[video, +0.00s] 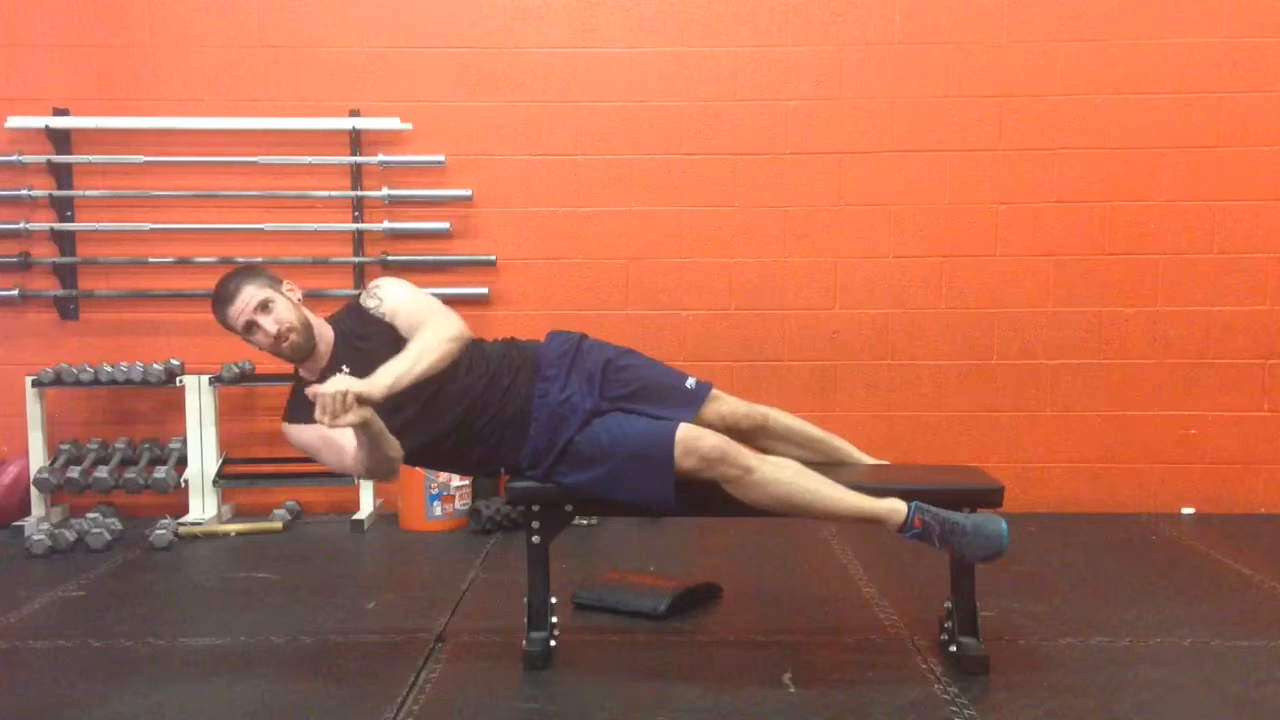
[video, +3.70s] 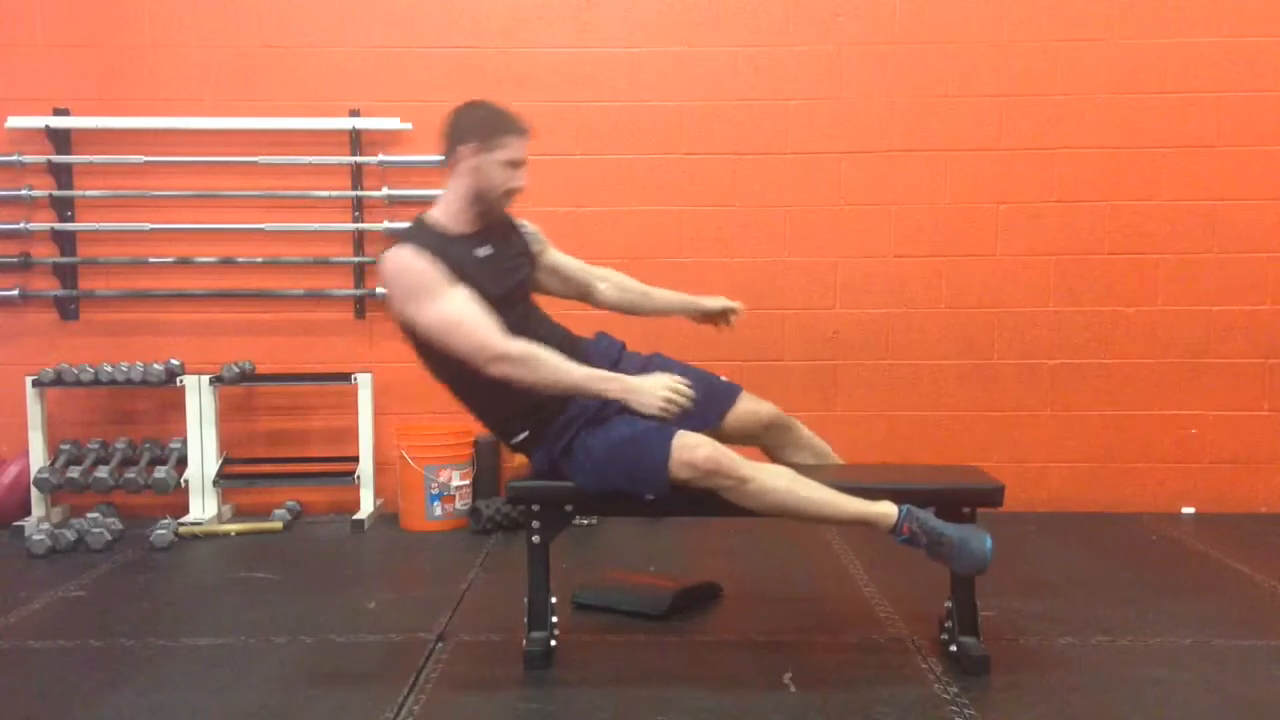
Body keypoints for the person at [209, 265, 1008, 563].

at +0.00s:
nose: (268, 329)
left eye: (266, 309)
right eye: (250, 331)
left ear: (290, 291)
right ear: (249, 349)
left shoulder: (372, 297)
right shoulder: (306, 417)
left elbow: (449, 334)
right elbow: (388, 470)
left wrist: (373, 388)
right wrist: (357, 421)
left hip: (565, 368)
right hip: (545, 451)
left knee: (740, 416)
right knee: (709, 453)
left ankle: (912, 495)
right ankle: (914, 520)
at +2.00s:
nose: (290, 326)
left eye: (290, 308)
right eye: (271, 325)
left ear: (313, 286)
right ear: (261, 339)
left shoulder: (373, 295)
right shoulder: (307, 402)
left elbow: (389, 322)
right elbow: (333, 447)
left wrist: (329, 354)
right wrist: (305, 391)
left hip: (567, 366)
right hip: (546, 449)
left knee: (737, 416)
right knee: (709, 454)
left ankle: (908, 491)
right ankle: (911, 519)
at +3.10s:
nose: (308, 305)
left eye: (309, 287)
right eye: (287, 303)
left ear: (324, 274)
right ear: (268, 318)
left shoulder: (376, 291)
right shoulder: (306, 399)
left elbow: (469, 315)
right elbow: (384, 452)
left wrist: (406, 362)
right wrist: (403, 374)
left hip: (566, 363)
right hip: (541, 442)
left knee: (739, 416)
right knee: (720, 461)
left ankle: (900, 483)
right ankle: (906, 520)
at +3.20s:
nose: (325, 295)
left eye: (327, 277)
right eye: (302, 294)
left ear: (339, 263)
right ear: (279, 307)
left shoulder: (393, 287)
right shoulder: (312, 392)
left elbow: (520, 333)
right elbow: (396, 450)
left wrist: (475, 393)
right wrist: (476, 379)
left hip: (582, 364)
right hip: (547, 443)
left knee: (748, 418)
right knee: (721, 465)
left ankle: (904, 487)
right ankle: (911, 523)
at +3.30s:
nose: (359, 265)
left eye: (361, 247)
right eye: (338, 259)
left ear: (368, 238)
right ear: (302, 271)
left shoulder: (414, 276)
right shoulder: (319, 375)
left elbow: (535, 297)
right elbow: (419, 435)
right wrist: (512, 410)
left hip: (580, 365)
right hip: (543, 444)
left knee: (748, 416)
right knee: (717, 460)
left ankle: (892, 480)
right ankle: (915, 523)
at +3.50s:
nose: (433, 211)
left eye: (430, 198)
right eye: (417, 201)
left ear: (418, 198)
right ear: (369, 209)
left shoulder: (451, 249)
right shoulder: (344, 322)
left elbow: (561, 274)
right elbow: (443, 399)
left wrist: (667, 288)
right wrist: (564, 389)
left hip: (583, 367)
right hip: (547, 434)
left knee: (755, 420)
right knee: (713, 461)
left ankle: (890, 498)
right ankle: (914, 522)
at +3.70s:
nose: (521, 180)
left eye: (523, 165)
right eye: (511, 165)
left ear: (491, 161)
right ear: (463, 160)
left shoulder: (507, 233)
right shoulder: (409, 263)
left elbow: (595, 285)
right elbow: (500, 356)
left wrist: (686, 306)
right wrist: (622, 389)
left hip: (602, 367)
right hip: (555, 426)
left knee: (767, 420)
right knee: (710, 462)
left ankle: (872, 508)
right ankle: (904, 522)